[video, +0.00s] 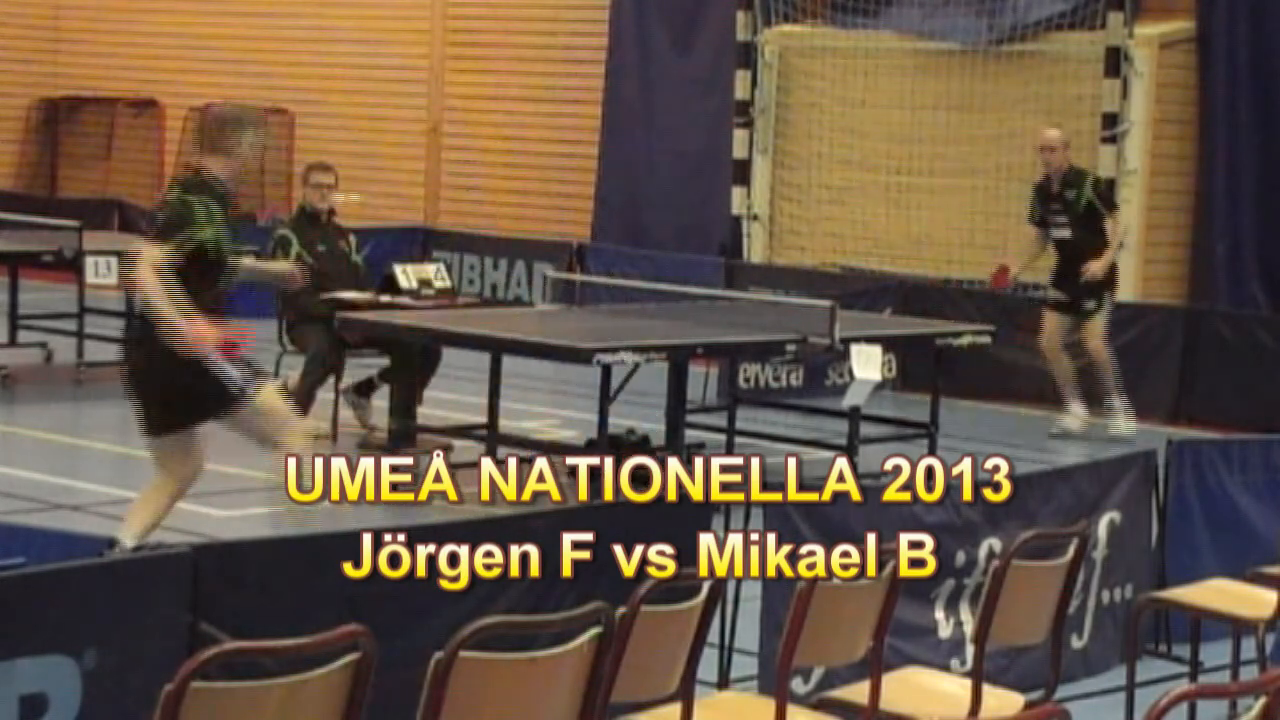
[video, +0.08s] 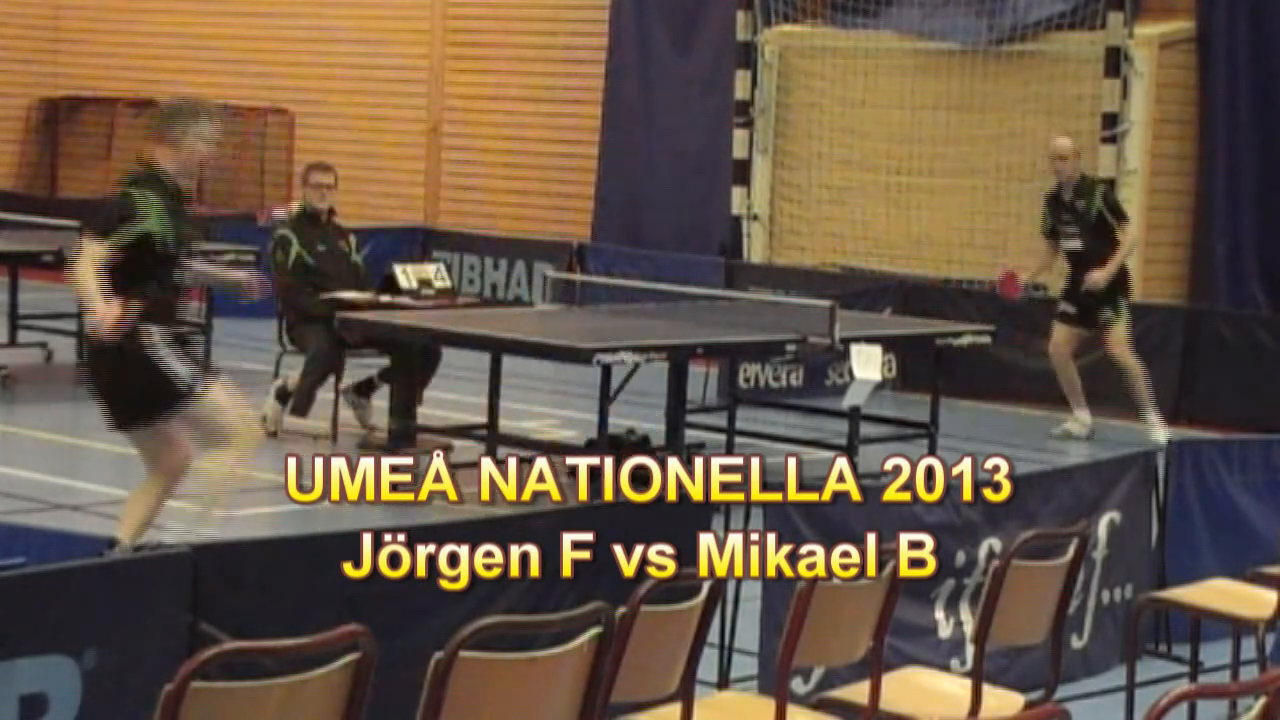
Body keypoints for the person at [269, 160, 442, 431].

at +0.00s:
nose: (324, 193)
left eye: (330, 187)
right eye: (317, 187)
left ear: (336, 192)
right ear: (303, 190)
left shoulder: (342, 234)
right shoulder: (289, 234)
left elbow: (362, 279)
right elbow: (294, 295)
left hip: (350, 318)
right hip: (310, 319)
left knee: (425, 350)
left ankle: (362, 391)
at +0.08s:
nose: (323, 193)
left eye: (329, 187)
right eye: (316, 187)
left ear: (335, 192)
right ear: (303, 189)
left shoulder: (343, 234)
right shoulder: (288, 235)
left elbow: (360, 279)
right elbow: (291, 293)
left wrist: (366, 302)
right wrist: (335, 309)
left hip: (351, 318)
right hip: (309, 319)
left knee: (424, 352)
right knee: (327, 353)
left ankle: (362, 390)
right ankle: (293, 416)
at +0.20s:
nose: (323, 193)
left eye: (328, 187)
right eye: (316, 187)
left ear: (335, 191)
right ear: (303, 189)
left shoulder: (343, 235)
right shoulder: (288, 236)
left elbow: (359, 282)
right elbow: (292, 296)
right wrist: (337, 309)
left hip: (350, 319)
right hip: (309, 320)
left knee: (425, 351)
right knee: (327, 354)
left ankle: (362, 391)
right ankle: (283, 397)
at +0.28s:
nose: (324, 193)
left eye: (329, 187)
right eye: (317, 187)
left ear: (336, 191)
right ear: (303, 190)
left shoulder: (343, 235)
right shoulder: (288, 236)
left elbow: (358, 281)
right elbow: (292, 294)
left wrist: (366, 302)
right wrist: (338, 308)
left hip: (351, 318)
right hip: (310, 319)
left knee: (425, 351)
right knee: (328, 353)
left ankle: (362, 390)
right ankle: (284, 394)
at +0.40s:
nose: (324, 192)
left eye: (329, 187)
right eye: (317, 186)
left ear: (336, 191)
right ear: (303, 189)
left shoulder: (342, 235)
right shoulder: (288, 236)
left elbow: (358, 280)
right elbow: (291, 294)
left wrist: (366, 302)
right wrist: (337, 308)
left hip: (351, 318)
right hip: (310, 319)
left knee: (425, 351)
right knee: (328, 353)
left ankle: (362, 390)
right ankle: (284, 394)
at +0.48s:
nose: (325, 192)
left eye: (330, 187)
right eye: (318, 186)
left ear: (336, 191)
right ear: (303, 190)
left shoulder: (342, 235)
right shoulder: (288, 236)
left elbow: (359, 280)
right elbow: (292, 294)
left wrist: (367, 302)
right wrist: (337, 310)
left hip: (352, 318)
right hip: (311, 319)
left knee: (425, 351)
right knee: (328, 354)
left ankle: (362, 390)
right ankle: (285, 393)